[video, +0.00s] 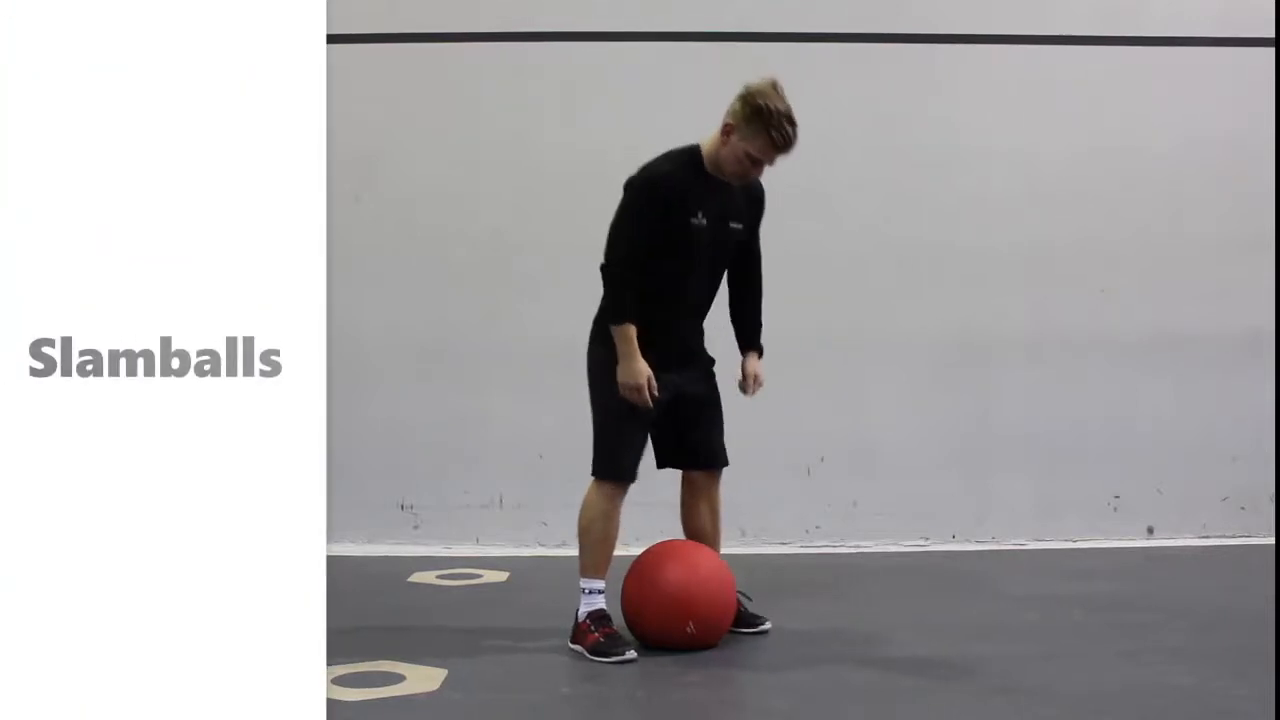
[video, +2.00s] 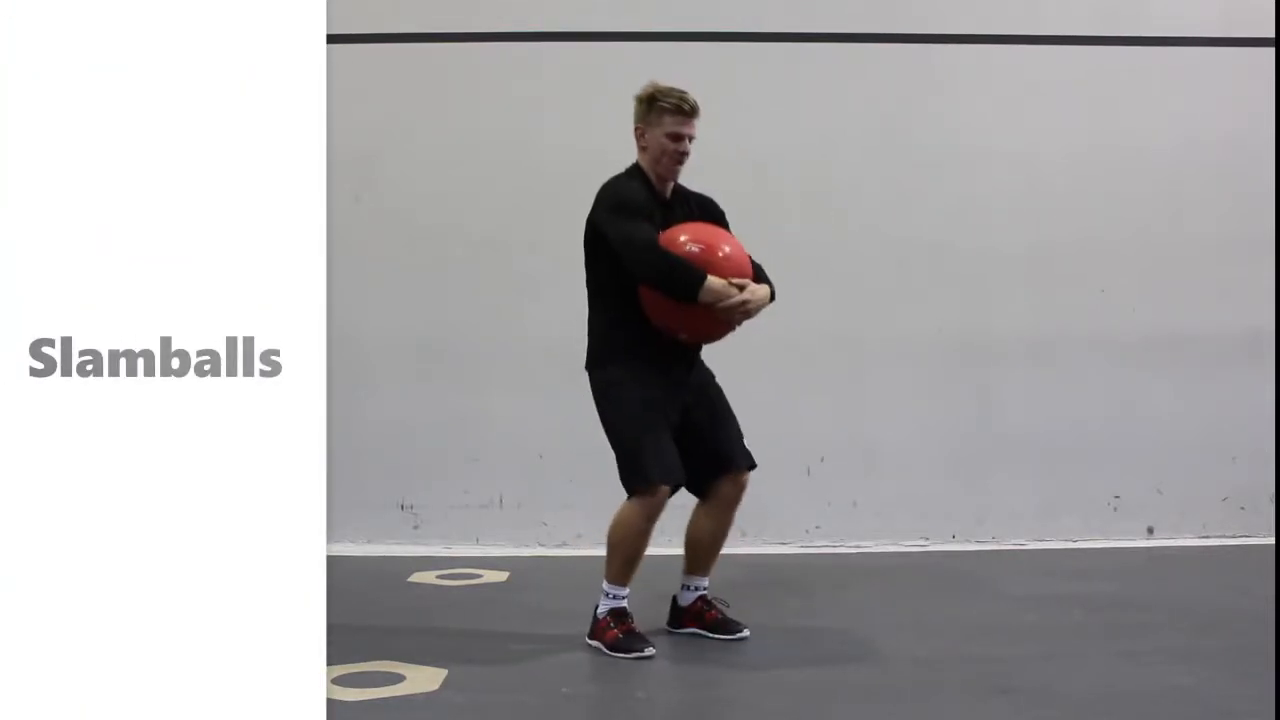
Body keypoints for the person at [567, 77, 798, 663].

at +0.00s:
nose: (757, 171)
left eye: (767, 163)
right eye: (752, 158)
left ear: (772, 151)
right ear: (726, 130)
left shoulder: (747, 195)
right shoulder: (658, 182)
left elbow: (745, 274)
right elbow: (616, 271)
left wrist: (751, 348)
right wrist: (628, 353)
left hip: (685, 346)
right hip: (625, 344)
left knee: (704, 467)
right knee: (613, 475)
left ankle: (711, 597)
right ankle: (590, 612)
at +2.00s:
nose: (682, 148)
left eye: (688, 138)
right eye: (670, 137)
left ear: (693, 140)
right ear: (640, 136)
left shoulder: (703, 209)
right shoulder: (617, 200)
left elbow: (745, 266)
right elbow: (647, 260)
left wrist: (762, 291)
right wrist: (719, 293)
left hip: (683, 363)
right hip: (623, 367)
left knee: (730, 475)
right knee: (654, 483)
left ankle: (690, 603)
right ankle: (610, 614)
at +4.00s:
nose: (728, 363)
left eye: (735, 355)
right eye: (721, 351)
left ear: (744, 345)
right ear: (691, 327)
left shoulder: (732, 387)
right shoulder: (639, 373)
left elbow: (744, 468)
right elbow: (630, 472)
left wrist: (737, 533)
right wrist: (685, 535)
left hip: (674, 485)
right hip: (604, 475)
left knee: (759, 480)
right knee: (596, 490)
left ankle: (706, 599)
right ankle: (587, 614)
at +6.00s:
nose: (738, 360)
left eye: (746, 351)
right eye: (732, 348)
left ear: (755, 343)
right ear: (701, 324)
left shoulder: (746, 388)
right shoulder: (650, 370)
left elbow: (754, 474)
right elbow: (639, 472)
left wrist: (739, 542)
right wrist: (690, 544)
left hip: (681, 477)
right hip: (606, 464)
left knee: (768, 484)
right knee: (605, 490)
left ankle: (710, 598)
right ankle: (587, 614)